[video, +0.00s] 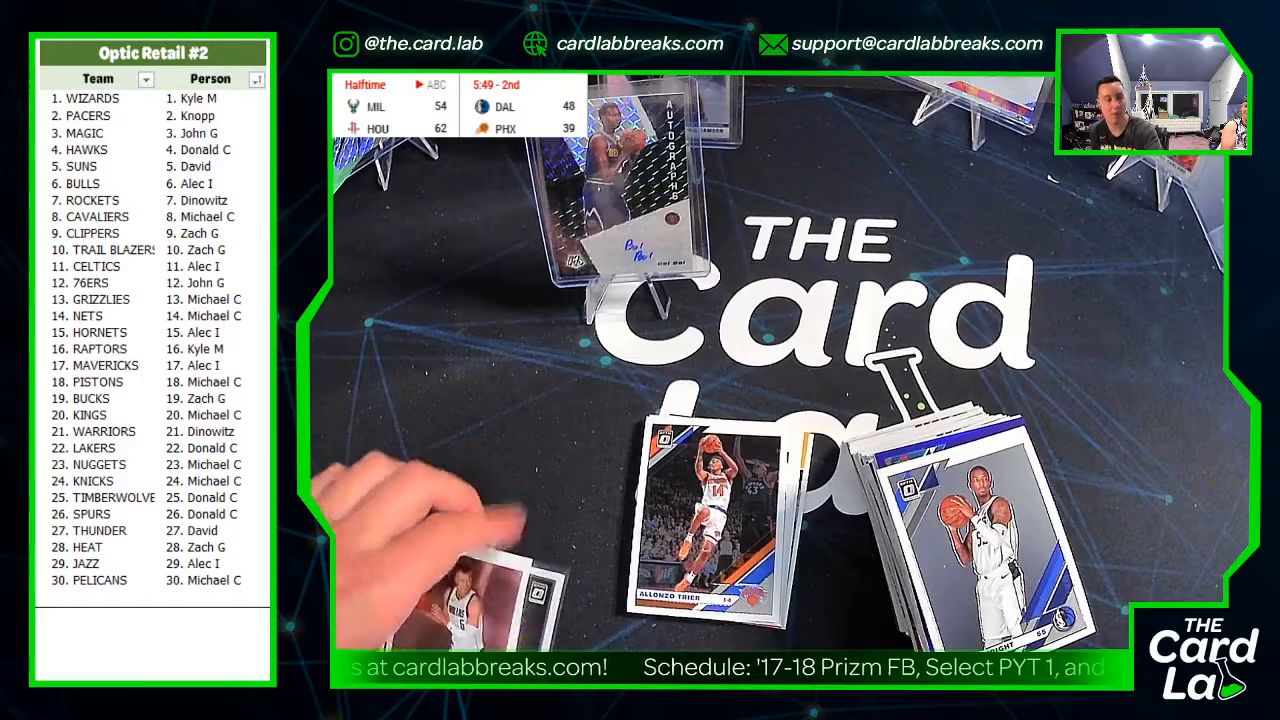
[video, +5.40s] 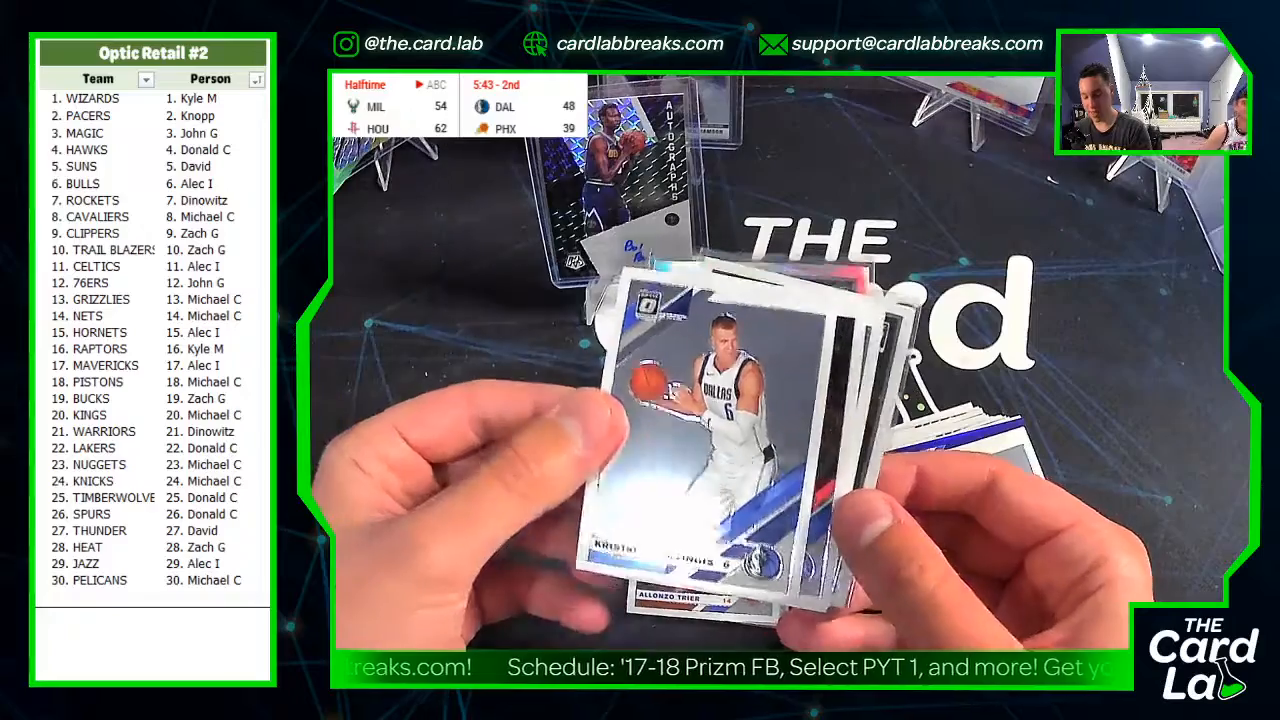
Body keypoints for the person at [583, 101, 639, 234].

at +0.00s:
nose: (617, 118)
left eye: (618, 114)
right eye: (612, 115)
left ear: (620, 117)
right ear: (603, 118)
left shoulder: (616, 140)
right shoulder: (598, 140)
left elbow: (622, 170)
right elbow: (606, 175)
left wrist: (632, 153)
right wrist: (624, 154)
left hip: (612, 187)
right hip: (598, 189)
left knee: (625, 219)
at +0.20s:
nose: (616, 118)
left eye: (617, 114)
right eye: (611, 115)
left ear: (620, 117)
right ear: (603, 118)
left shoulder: (616, 141)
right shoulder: (598, 140)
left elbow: (621, 176)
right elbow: (607, 176)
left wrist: (633, 154)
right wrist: (624, 153)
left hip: (611, 188)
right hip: (596, 191)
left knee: (623, 228)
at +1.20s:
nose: (616, 119)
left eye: (618, 115)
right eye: (612, 115)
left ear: (620, 118)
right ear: (602, 118)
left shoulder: (617, 142)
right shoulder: (598, 140)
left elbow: (619, 179)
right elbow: (606, 176)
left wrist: (632, 157)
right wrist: (624, 154)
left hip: (611, 189)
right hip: (597, 190)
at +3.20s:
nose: (617, 118)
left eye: (618, 115)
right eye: (613, 115)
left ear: (620, 117)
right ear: (603, 119)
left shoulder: (618, 142)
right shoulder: (598, 141)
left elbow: (623, 176)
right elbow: (606, 176)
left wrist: (634, 154)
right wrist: (625, 154)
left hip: (613, 190)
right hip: (597, 192)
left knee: (624, 229)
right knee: (601, 235)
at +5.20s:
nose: (617, 118)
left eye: (618, 115)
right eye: (612, 116)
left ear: (620, 117)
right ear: (603, 119)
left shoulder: (617, 142)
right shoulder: (598, 141)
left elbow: (619, 178)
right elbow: (606, 176)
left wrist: (631, 156)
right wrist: (624, 154)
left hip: (612, 189)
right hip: (596, 192)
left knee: (625, 230)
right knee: (600, 236)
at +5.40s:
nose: (617, 119)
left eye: (618, 115)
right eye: (612, 116)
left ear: (620, 117)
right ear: (603, 119)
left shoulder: (617, 142)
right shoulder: (598, 141)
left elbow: (619, 179)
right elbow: (606, 176)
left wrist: (631, 157)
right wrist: (624, 155)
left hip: (611, 190)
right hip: (596, 192)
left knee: (624, 230)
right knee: (600, 237)